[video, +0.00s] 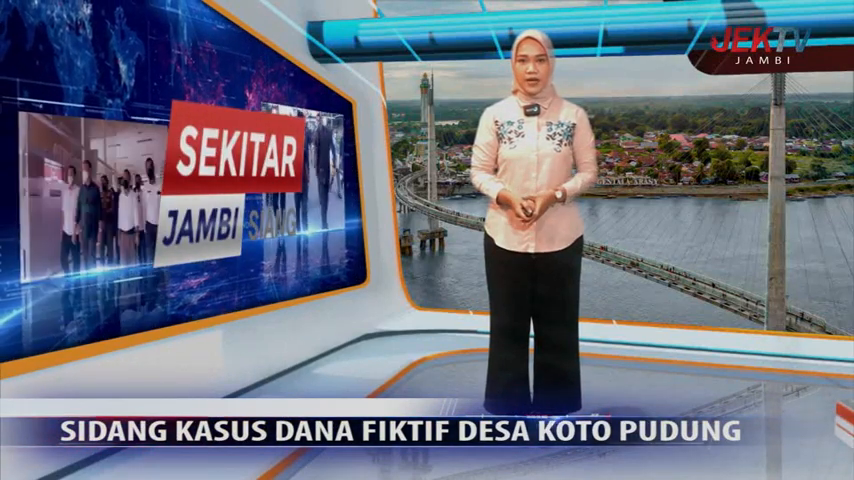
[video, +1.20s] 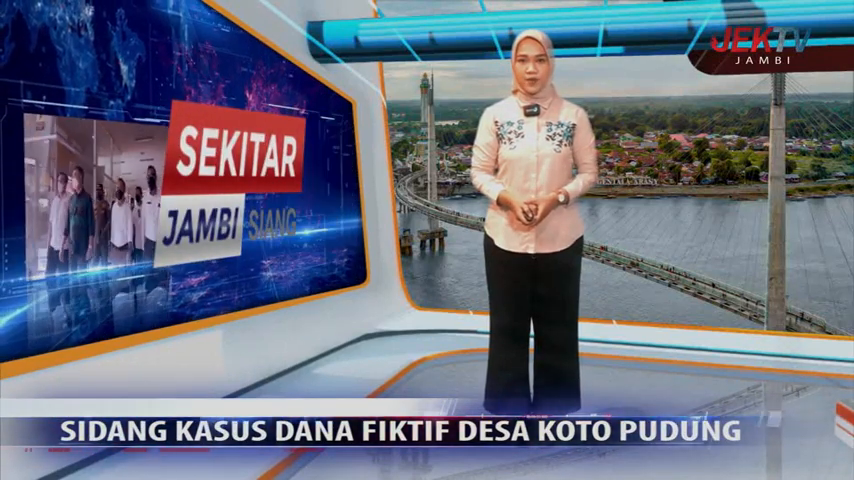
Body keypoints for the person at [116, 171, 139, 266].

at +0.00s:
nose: (124, 182)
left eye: (126, 179)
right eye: (122, 179)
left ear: (129, 181)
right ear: (121, 182)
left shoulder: (133, 194)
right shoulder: (119, 193)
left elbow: (136, 211)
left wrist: (137, 228)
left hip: (131, 228)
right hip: (121, 229)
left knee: (131, 254)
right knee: (123, 254)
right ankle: (123, 273)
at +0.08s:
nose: (121, 181)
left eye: (123, 179)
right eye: (120, 179)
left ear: (127, 180)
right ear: (118, 181)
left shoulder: (130, 195)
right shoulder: (117, 195)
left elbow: (133, 211)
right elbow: (116, 212)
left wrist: (134, 229)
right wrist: (115, 228)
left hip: (128, 228)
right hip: (118, 228)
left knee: (129, 253)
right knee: (119, 254)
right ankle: (120, 273)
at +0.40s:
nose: (114, 195)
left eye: (115, 193)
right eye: (113, 193)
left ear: (119, 192)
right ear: (112, 192)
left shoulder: (124, 201)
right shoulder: (111, 202)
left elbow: (127, 217)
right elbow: (109, 218)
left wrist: (129, 232)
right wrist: (108, 232)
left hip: (123, 234)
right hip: (113, 234)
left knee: (123, 260)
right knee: (114, 260)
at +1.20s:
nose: (119, 199)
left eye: (120, 198)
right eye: (118, 197)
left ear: (123, 197)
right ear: (116, 197)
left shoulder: (127, 206)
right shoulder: (114, 205)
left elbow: (130, 223)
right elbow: (112, 222)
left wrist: (130, 240)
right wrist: (111, 239)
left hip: (124, 242)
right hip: (114, 242)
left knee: (124, 268)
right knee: (114, 267)